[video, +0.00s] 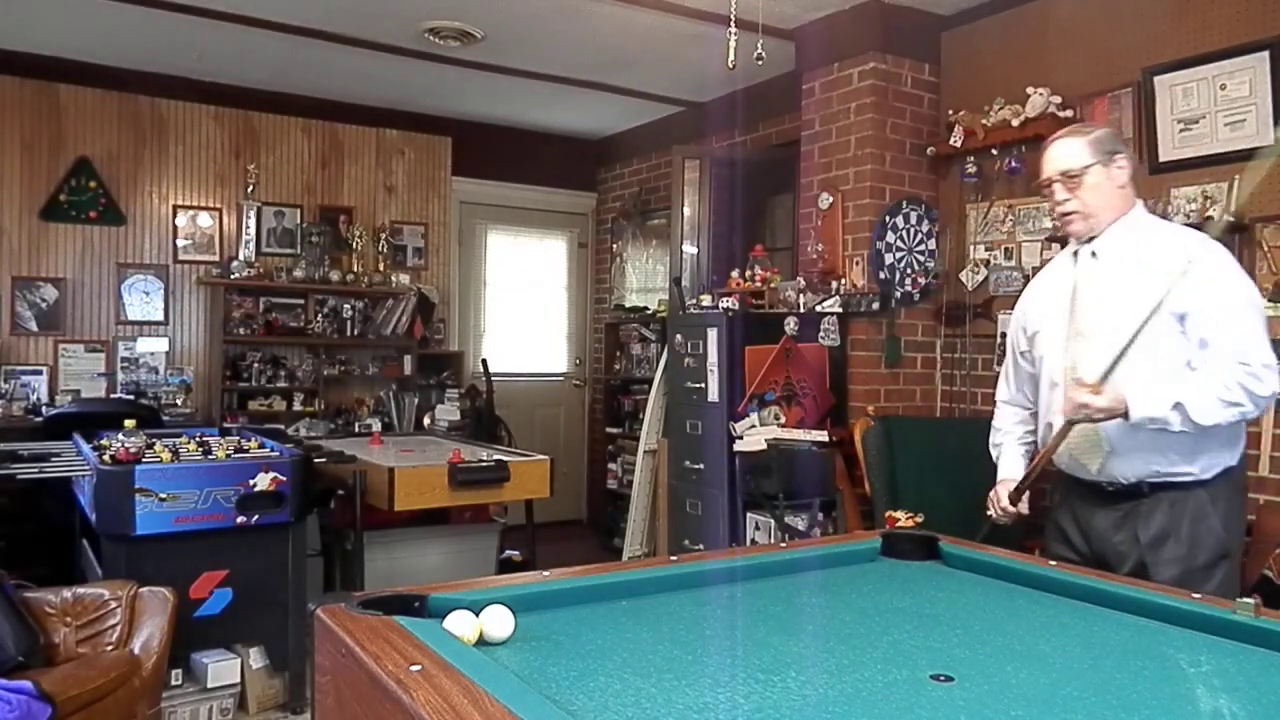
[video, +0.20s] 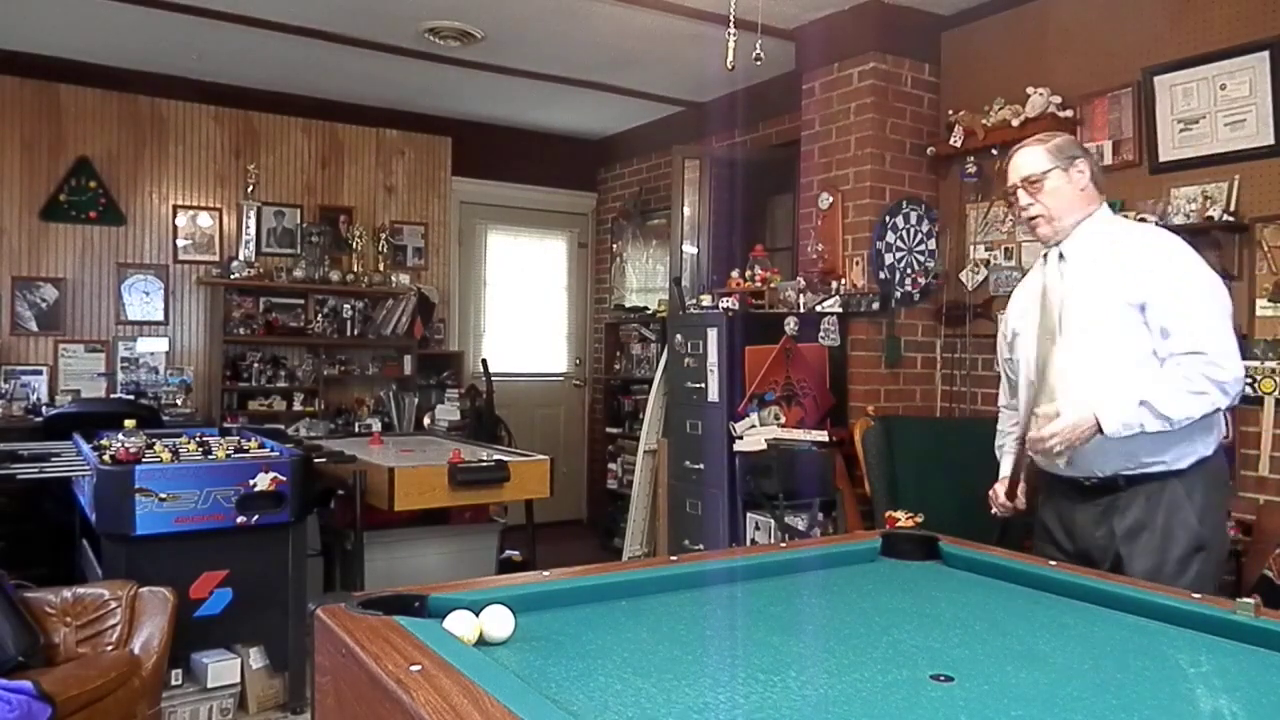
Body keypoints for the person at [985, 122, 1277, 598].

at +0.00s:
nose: (1057, 197)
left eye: (1072, 178)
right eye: (1048, 187)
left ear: (1121, 171)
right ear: (1043, 194)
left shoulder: (1196, 261)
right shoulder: (1043, 288)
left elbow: (1251, 380)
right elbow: (1015, 399)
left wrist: (1130, 403)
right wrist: (1011, 471)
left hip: (1182, 513)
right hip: (1076, 510)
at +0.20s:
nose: (1021, 203)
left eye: (1033, 183)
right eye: (1012, 194)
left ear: (1081, 174)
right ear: (1010, 204)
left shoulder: (1154, 253)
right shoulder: (1024, 296)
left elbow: (1215, 371)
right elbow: (1013, 398)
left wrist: (1100, 417)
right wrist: (1011, 467)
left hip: (1163, 501)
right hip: (1061, 504)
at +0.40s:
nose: (1005, 200)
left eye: (1017, 181)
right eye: (998, 191)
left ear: (1063, 174)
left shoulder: (1136, 250)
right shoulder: (1016, 292)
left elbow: (1204, 371)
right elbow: (1018, 389)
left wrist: (1107, 440)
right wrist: (1009, 459)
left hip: (1148, 494)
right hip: (1052, 498)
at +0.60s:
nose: (1007, 198)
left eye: (1020, 180)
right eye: (1001, 187)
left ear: (1068, 174)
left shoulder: (1130, 254)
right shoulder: (1026, 275)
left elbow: (1197, 388)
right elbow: (1034, 380)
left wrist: (1099, 462)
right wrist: (1002, 447)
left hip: (1125, 508)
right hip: (1039, 504)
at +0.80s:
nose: (1016, 197)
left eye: (1031, 181)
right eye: (1010, 184)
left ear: (1080, 181)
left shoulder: (1121, 266)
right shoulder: (1036, 262)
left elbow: (1156, 419)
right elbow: (1040, 375)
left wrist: (1050, 478)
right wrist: (991, 432)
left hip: (1104, 509)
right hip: (1022, 495)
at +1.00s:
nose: (991, 196)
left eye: (1006, 181)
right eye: (985, 184)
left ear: (1055, 180)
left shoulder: (1094, 264)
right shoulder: (1009, 261)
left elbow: (1120, 416)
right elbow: (1020, 376)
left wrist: (1018, 471)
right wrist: (969, 433)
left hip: (1075, 502)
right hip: (995, 493)